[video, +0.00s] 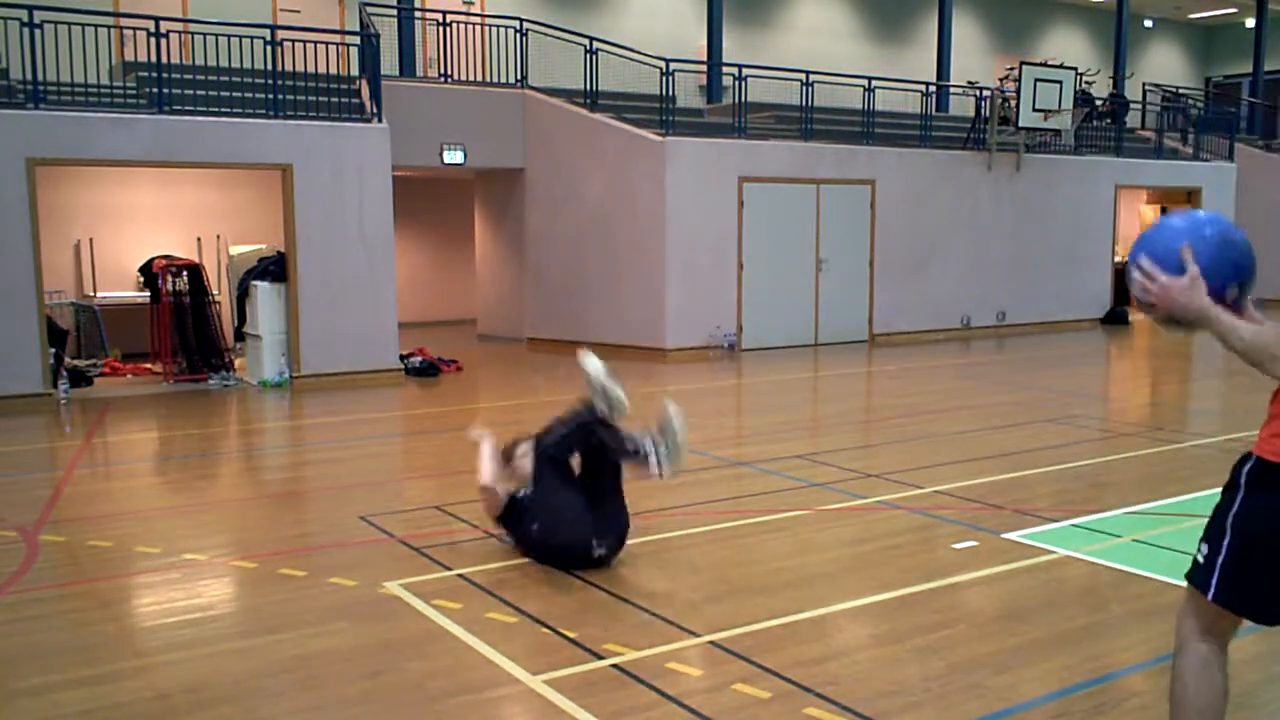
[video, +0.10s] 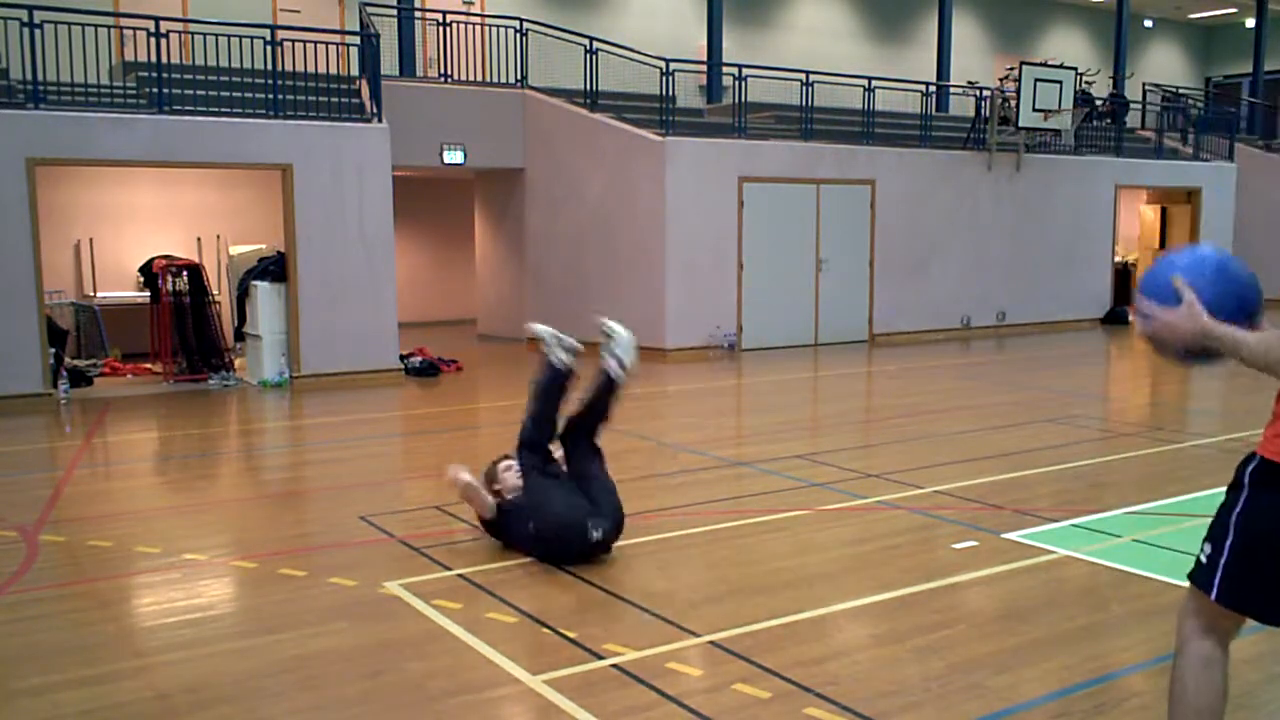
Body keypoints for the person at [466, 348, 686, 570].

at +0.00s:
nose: (533, 458)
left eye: (531, 453)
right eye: (525, 455)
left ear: (538, 458)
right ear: (510, 469)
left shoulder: (565, 487)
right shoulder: (512, 508)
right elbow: (487, 486)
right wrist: (486, 443)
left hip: (607, 540)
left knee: (595, 441)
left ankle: (655, 452)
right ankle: (596, 408)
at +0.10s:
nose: (518, 470)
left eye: (517, 467)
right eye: (509, 469)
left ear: (526, 471)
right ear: (496, 487)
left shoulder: (545, 485)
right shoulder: (502, 518)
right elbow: (478, 497)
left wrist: (561, 465)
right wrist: (463, 480)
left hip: (604, 519)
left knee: (577, 436)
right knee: (530, 445)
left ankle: (612, 370)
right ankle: (557, 364)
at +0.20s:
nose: (512, 475)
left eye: (511, 472)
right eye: (502, 475)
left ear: (518, 475)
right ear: (491, 493)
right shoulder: (495, 516)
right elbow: (453, 477)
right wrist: (447, 502)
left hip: (603, 509)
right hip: (565, 521)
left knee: (564, 436)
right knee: (523, 448)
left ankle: (564, 341)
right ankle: (521, 353)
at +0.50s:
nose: (500, 489)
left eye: (499, 487)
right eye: (493, 493)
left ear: (506, 487)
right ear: (488, 507)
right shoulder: (495, 522)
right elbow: (447, 478)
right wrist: (456, 519)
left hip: (588, 454)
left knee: (523, 451)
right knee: (493, 460)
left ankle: (477, 381)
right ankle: (467, 383)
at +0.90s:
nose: (496, 491)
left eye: (496, 490)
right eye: (490, 496)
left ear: (504, 489)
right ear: (487, 508)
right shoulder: (496, 524)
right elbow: (440, 483)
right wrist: (457, 520)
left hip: (580, 442)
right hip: (533, 454)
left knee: (531, 439)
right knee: (490, 458)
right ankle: (471, 379)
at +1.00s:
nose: (500, 486)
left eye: (500, 484)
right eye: (493, 490)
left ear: (510, 484)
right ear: (489, 505)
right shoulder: (491, 520)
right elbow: (442, 480)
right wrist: (456, 516)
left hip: (589, 462)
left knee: (542, 433)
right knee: (501, 448)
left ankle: (540, 353)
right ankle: (495, 358)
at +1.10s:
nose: (510, 482)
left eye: (510, 478)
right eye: (502, 482)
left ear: (519, 483)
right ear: (492, 498)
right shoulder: (494, 517)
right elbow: (447, 476)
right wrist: (453, 514)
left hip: (597, 496)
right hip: (555, 506)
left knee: (558, 430)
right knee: (516, 444)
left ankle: (576, 371)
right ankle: (527, 362)